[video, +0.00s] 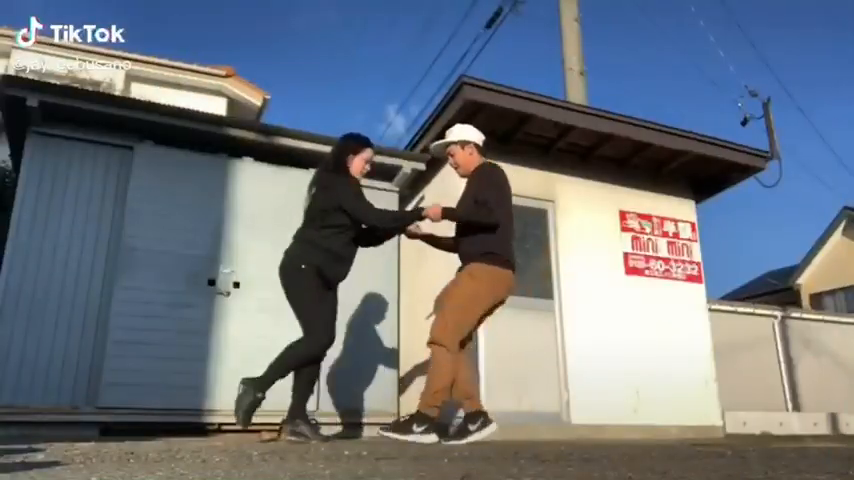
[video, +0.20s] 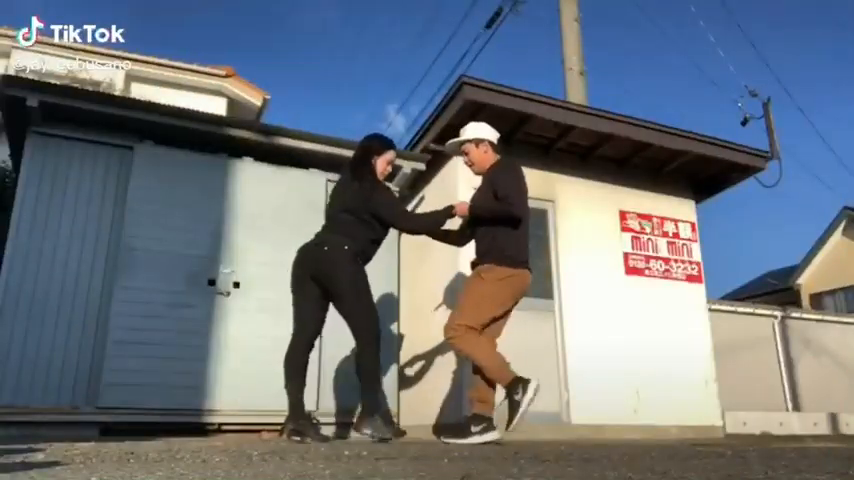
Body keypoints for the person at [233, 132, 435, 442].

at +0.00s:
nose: (368, 168)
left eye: (370, 162)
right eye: (365, 161)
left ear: (349, 159)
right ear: (349, 157)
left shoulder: (339, 187)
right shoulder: (339, 182)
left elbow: (364, 238)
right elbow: (372, 217)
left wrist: (401, 228)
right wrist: (419, 213)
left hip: (318, 273)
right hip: (304, 268)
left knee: (317, 342)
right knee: (318, 338)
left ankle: (297, 417)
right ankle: (256, 387)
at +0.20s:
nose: (390, 170)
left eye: (392, 164)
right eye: (387, 163)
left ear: (365, 159)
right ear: (371, 158)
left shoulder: (346, 183)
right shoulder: (373, 190)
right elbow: (406, 222)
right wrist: (451, 211)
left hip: (309, 258)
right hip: (341, 261)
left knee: (303, 337)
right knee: (368, 336)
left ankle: (296, 417)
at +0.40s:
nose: (407, 170)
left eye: (409, 164)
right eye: (406, 163)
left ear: (385, 160)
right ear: (392, 161)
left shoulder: (367, 185)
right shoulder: (390, 191)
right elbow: (417, 227)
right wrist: (458, 215)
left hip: (339, 265)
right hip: (369, 270)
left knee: (333, 340)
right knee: (391, 339)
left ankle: (303, 417)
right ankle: (387, 421)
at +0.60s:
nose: (429, 164)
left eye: (430, 158)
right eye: (425, 157)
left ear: (419, 159)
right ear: (409, 157)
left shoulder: (421, 197)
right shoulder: (391, 187)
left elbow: (450, 233)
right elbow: (412, 220)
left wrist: (493, 235)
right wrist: (452, 215)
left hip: (401, 277)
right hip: (378, 269)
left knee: (431, 333)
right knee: (389, 339)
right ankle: (384, 421)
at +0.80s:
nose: (446, 159)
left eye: (446, 154)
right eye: (442, 153)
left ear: (433, 157)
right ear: (425, 155)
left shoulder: (450, 196)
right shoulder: (401, 186)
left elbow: (476, 238)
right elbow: (407, 217)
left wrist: (522, 238)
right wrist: (463, 213)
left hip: (442, 279)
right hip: (402, 275)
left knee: (456, 346)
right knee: (414, 340)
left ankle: (470, 419)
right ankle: (407, 416)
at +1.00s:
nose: (447, 159)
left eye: (446, 153)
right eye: (443, 153)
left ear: (428, 156)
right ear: (427, 156)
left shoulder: (440, 194)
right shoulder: (411, 186)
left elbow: (464, 241)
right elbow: (440, 227)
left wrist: (506, 246)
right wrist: (485, 231)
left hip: (445, 279)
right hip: (415, 277)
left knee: (464, 344)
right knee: (447, 338)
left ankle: (472, 420)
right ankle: (406, 408)